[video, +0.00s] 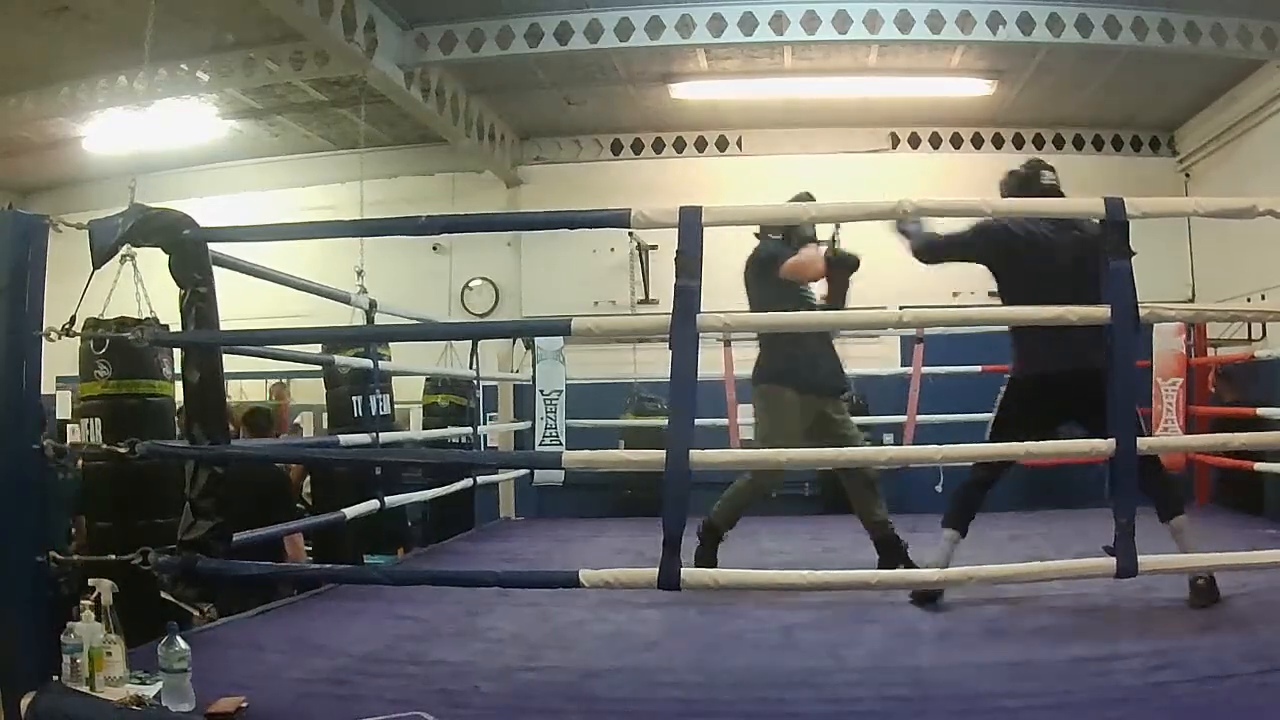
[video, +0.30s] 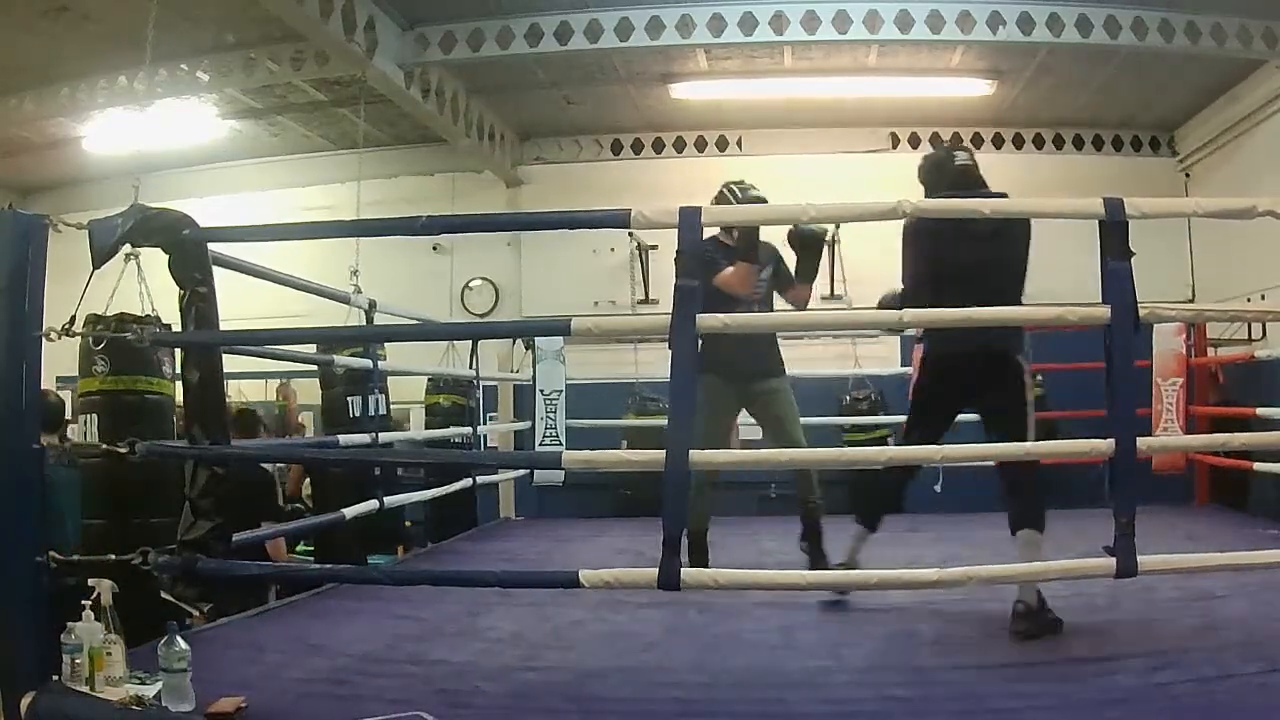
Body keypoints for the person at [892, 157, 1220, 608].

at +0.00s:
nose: (1001, 206)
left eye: (1003, 200)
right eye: (1004, 201)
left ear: (1011, 200)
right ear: (1057, 196)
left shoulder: (999, 233)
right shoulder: (1091, 232)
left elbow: (929, 251)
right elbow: (1127, 243)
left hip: (1035, 382)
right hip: (1096, 379)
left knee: (986, 469)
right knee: (1145, 461)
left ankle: (935, 572)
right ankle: (1198, 569)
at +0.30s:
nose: (920, 192)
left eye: (922, 184)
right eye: (922, 184)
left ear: (932, 183)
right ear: (974, 173)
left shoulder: (922, 223)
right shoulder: (1013, 216)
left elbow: (917, 296)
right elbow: (1010, 290)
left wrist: (894, 299)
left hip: (943, 362)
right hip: (1000, 361)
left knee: (905, 459)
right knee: (1021, 472)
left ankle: (847, 562)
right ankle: (1029, 599)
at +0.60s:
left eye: (826, 201)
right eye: (855, 185)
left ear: (823, 203)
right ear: (872, 191)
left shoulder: (817, 247)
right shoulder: (914, 229)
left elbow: (800, 322)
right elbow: (916, 295)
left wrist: (786, 282)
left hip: (859, 373)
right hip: (920, 369)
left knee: (842, 470)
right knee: (954, 470)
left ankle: (804, 581)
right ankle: (948, 587)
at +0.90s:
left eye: (812, 177)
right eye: (837, 171)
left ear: (805, 182)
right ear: (855, 178)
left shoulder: (787, 226)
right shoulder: (887, 220)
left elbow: (743, 287)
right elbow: (916, 295)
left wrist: (736, 276)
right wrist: (886, 257)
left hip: (810, 368)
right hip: (868, 367)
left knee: (803, 462)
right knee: (865, 479)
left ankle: (776, 573)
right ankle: (847, 619)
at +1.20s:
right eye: (798, 175)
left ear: (760, 194)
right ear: (809, 185)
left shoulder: (749, 230)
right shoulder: (843, 220)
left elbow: (720, 301)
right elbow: (855, 294)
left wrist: (714, 261)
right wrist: (810, 302)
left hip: (777, 370)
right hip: (832, 368)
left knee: (765, 474)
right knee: (849, 484)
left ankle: (738, 583)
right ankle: (841, 617)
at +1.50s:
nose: (825, 205)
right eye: (829, 194)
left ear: (784, 198)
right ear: (836, 198)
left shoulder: (758, 237)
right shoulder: (857, 239)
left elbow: (721, 296)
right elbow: (845, 308)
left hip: (771, 379)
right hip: (827, 377)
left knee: (770, 471)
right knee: (859, 485)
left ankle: (738, 581)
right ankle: (864, 620)